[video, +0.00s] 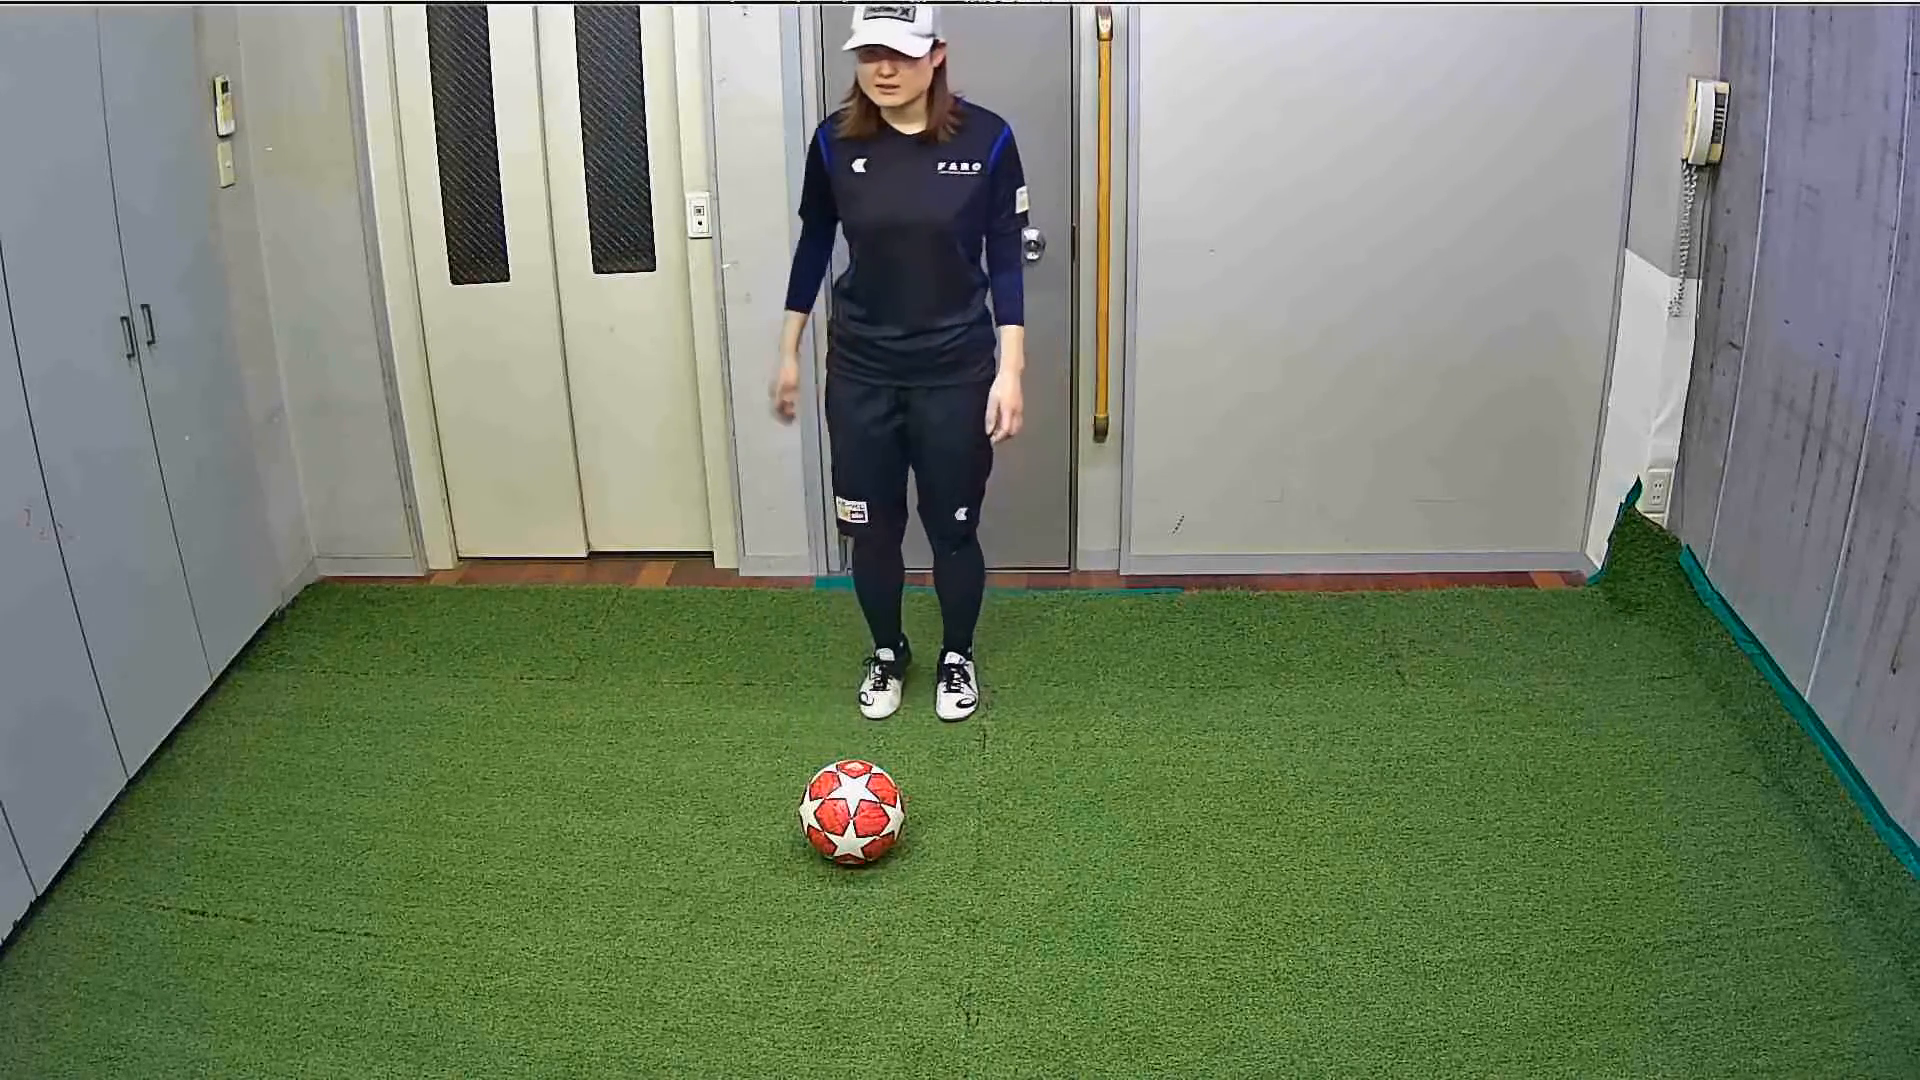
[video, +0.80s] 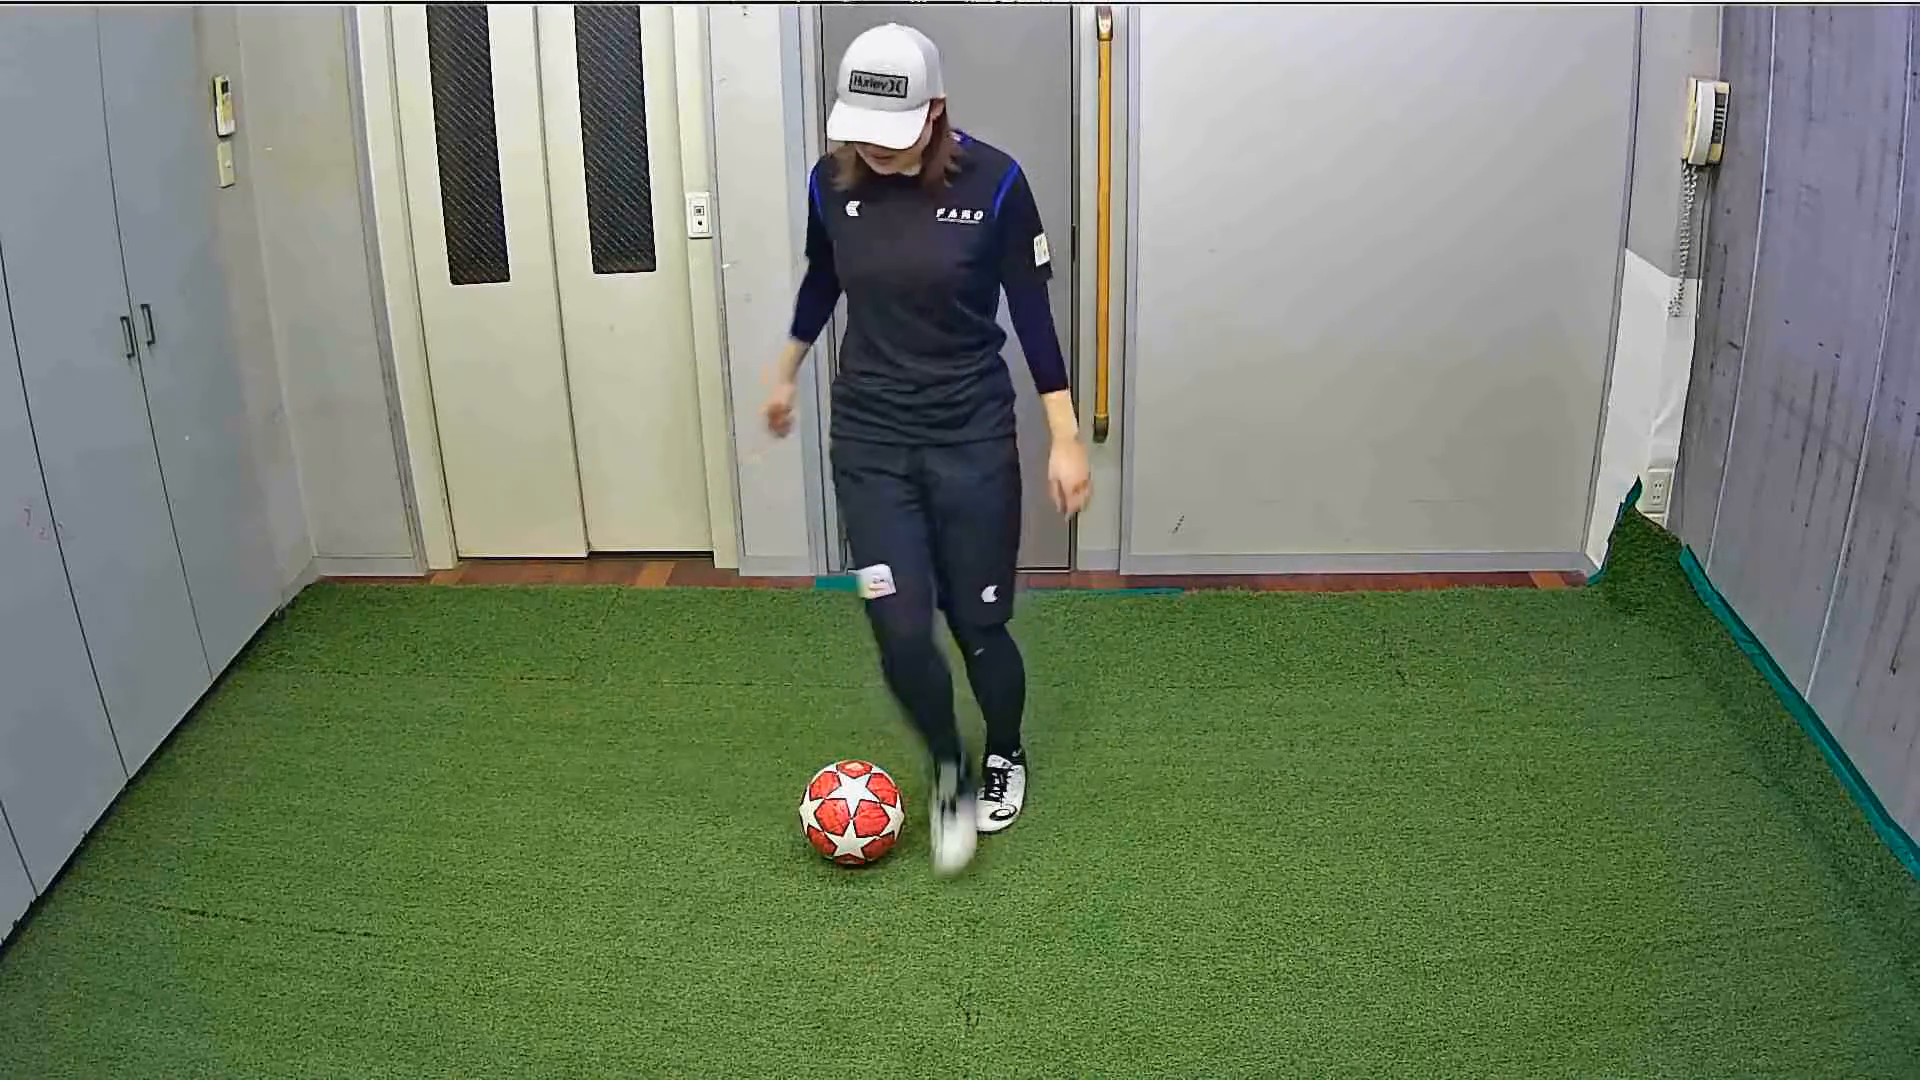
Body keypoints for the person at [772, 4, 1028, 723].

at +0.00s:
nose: (883, 70)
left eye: (900, 56)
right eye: (870, 55)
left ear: (936, 57)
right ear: (856, 61)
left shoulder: (987, 138)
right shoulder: (835, 140)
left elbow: (1006, 257)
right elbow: (814, 241)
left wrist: (1010, 370)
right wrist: (789, 348)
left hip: (954, 367)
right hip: (859, 367)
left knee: (953, 528)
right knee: (867, 526)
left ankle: (956, 659)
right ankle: (887, 655)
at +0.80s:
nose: (878, 143)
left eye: (896, 127)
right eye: (864, 128)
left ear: (934, 108)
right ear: (844, 113)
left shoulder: (995, 181)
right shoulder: (832, 178)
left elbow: (1031, 310)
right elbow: (823, 273)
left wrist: (1065, 433)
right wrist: (785, 369)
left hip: (972, 428)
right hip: (869, 430)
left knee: (979, 622)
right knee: (901, 632)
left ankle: (1003, 760)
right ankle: (948, 769)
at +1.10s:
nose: (824, 114)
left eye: (844, 98)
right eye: (809, 98)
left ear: (883, 99)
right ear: (790, 101)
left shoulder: (943, 178)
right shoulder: (779, 187)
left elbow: (989, 295)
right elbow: (773, 294)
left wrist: (993, 408)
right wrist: (757, 402)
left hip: (922, 440)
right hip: (813, 440)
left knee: (950, 621)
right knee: (766, 620)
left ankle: (995, 757)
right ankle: (735, 790)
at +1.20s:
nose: (787, 111)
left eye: (807, 95)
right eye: (771, 95)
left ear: (846, 95)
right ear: (754, 100)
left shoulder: (908, 177)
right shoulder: (740, 191)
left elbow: (954, 292)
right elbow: (729, 303)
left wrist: (967, 411)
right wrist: (706, 425)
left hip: (881, 438)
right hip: (774, 440)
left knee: (911, 622)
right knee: (749, 621)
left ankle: (979, 751)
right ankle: (738, 768)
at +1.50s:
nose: (715, 124)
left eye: (735, 107)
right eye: (698, 108)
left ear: (773, 106)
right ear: (678, 114)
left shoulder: (837, 183)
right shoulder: (671, 212)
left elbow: (874, 298)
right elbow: (647, 340)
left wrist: (892, 411)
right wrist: (623, 461)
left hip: (828, 450)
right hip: (724, 452)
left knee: (778, 643)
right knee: (727, 634)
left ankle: (765, 794)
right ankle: (740, 772)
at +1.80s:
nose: (751, 114)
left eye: (772, 98)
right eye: (734, 95)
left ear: (803, 100)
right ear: (708, 99)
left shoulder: (858, 182)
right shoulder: (689, 197)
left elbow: (886, 313)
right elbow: (673, 324)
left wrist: (915, 437)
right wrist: (657, 452)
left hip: (857, 437)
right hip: (747, 446)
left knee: (915, 619)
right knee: (743, 624)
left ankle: (984, 788)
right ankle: (744, 772)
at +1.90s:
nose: (770, 110)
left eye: (789, 94)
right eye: (752, 93)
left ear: (820, 98)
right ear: (727, 99)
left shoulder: (876, 182)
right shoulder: (708, 194)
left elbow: (907, 316)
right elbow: (689, 316)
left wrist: (931, 445)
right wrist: (671, 445)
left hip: (873, 443)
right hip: (761, 447)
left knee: (930, 621)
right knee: (752, 624)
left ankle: (994, 747)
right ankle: (742, 772)